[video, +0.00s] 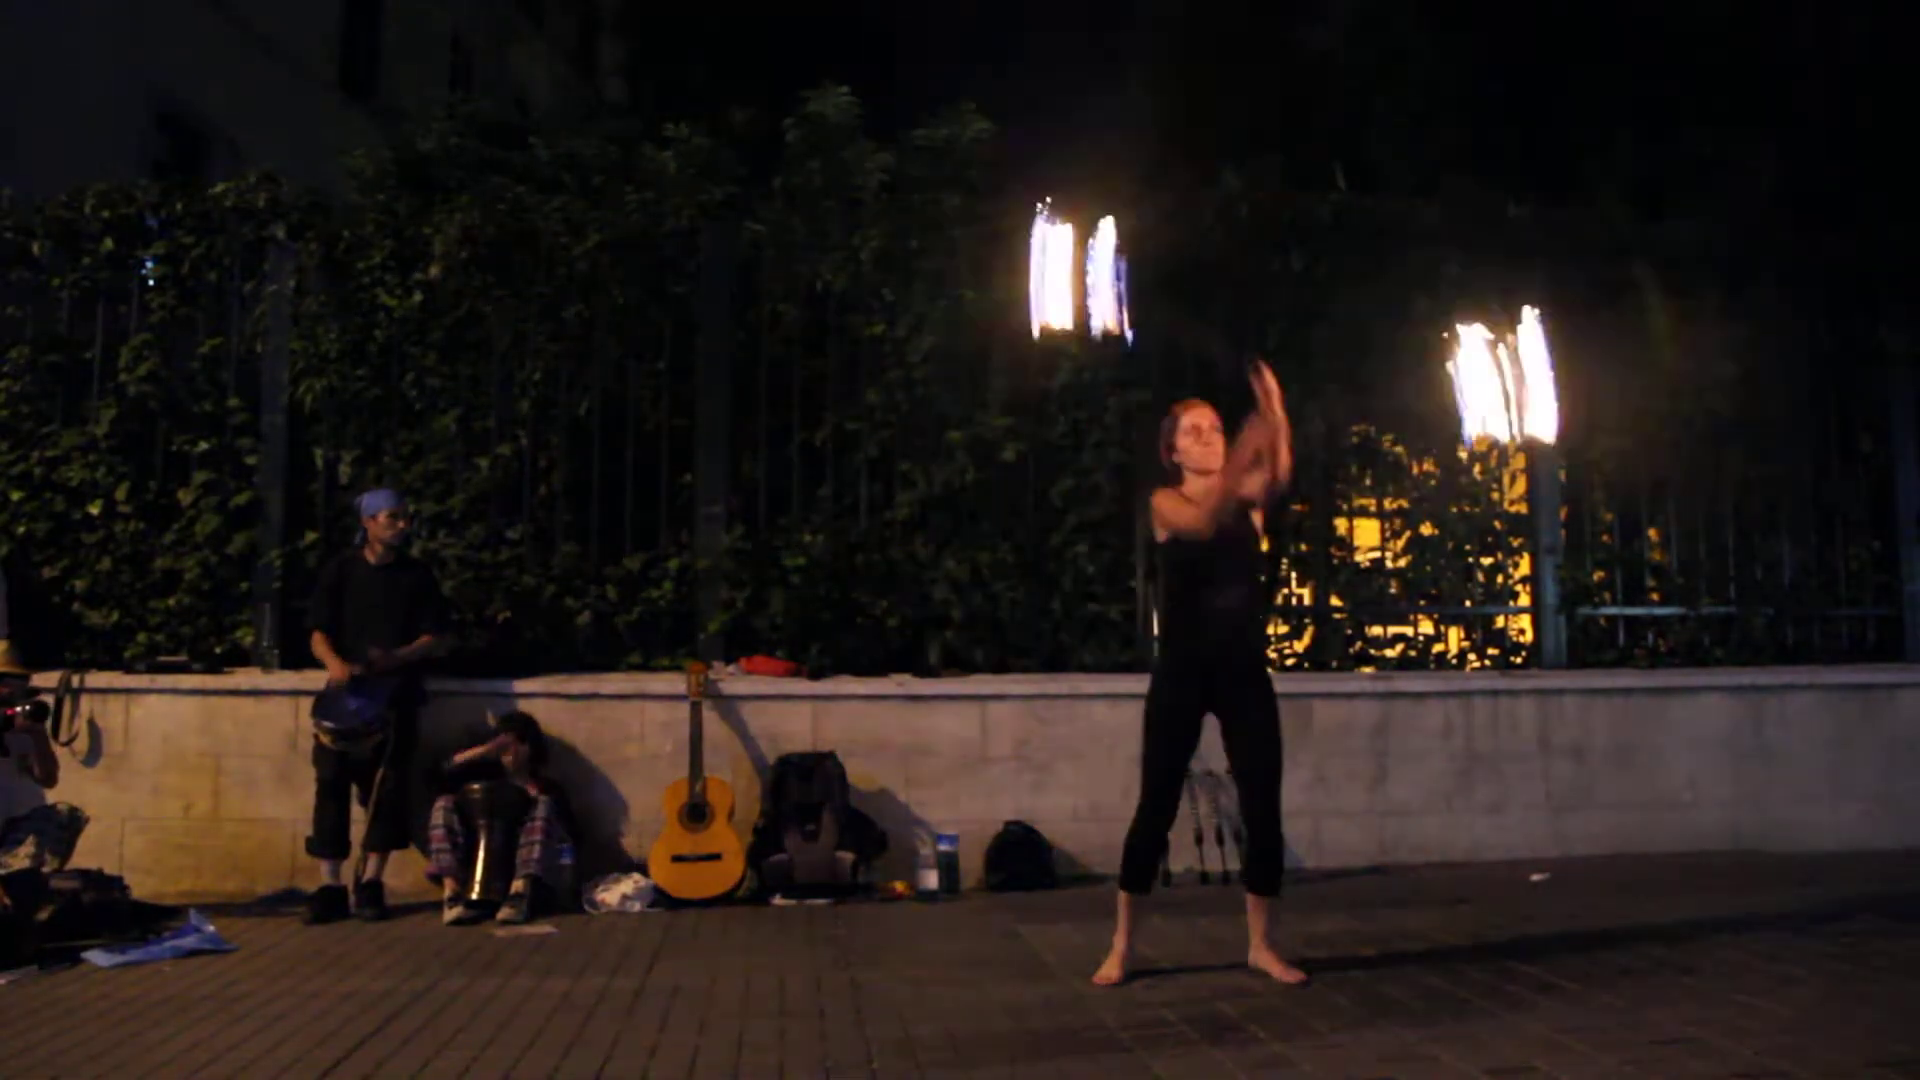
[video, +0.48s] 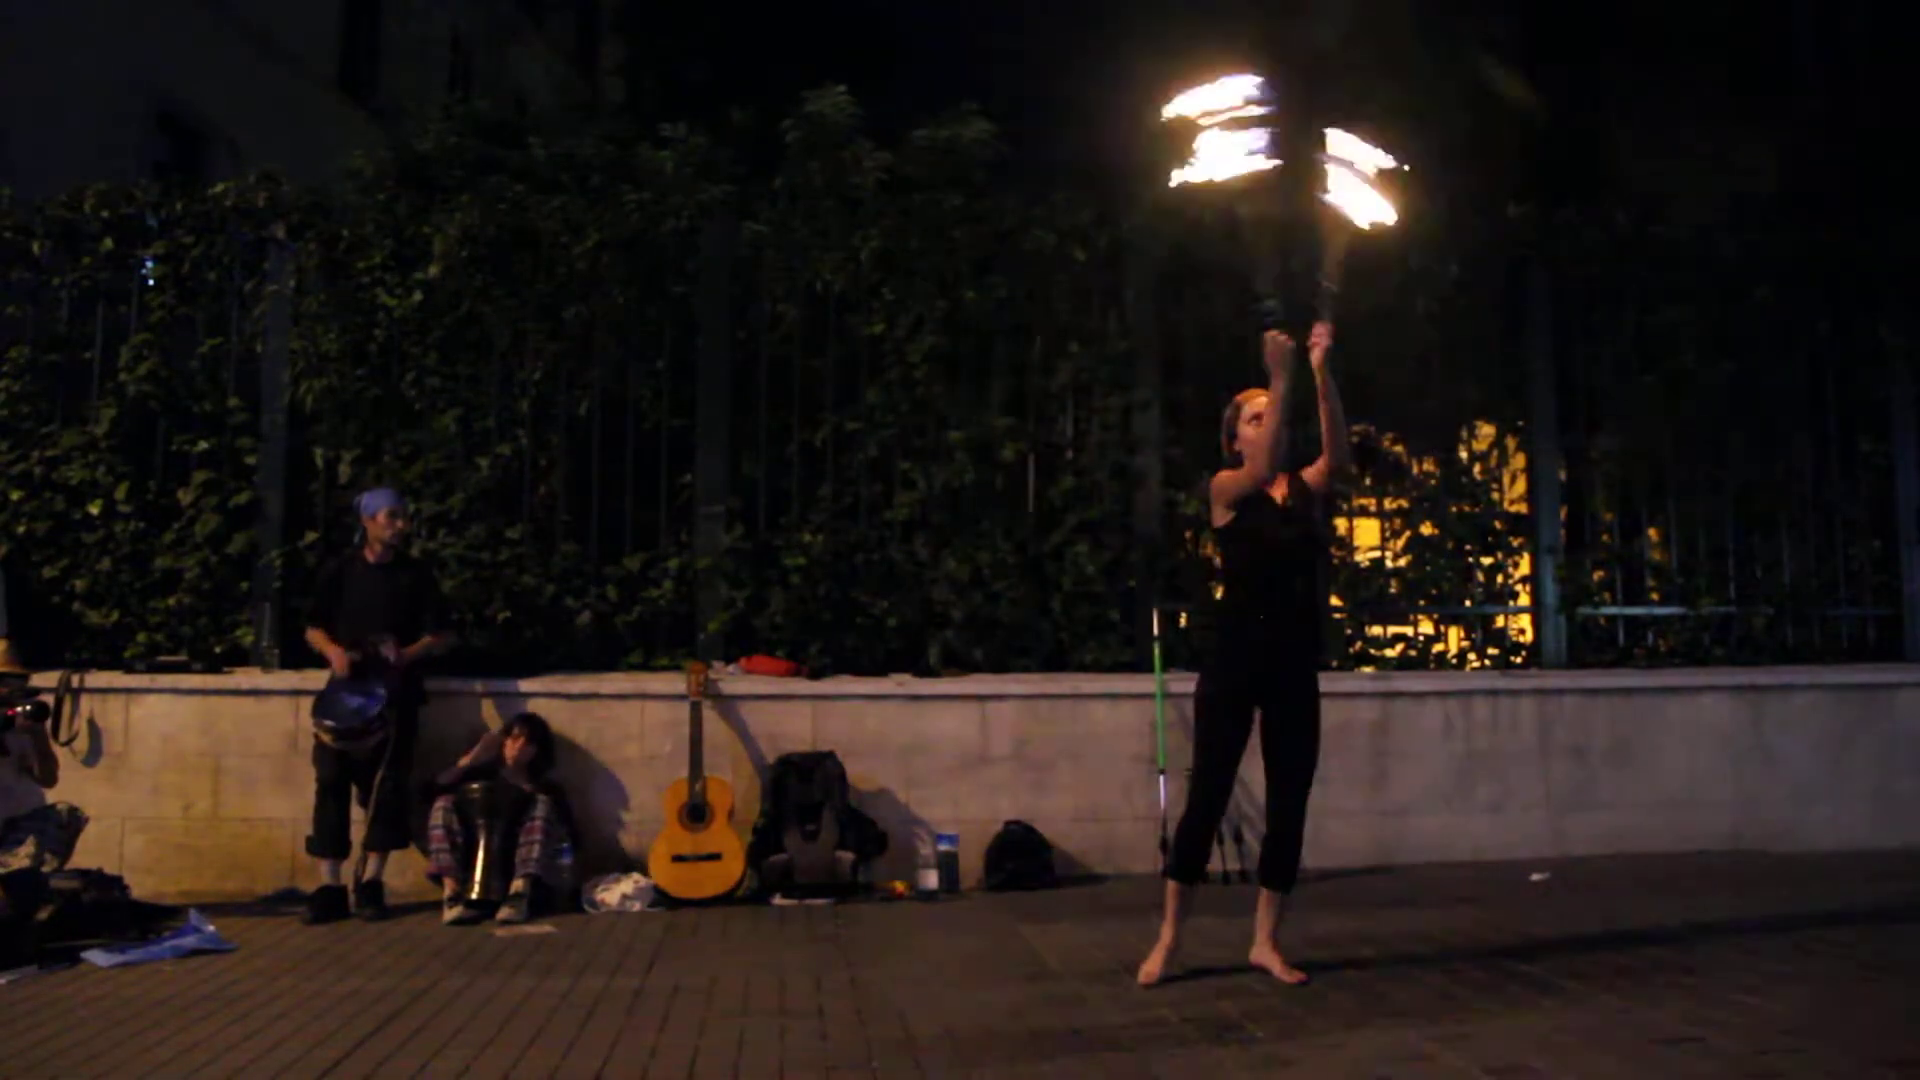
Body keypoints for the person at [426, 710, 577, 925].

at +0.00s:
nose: (511, 752)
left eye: (518, 744)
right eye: (505, 744)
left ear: (531, 749)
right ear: (496, 746)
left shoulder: (547, 786)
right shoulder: (483, 777)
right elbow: (440, 774)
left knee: (544, 806)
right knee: (443, 805)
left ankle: (520, 892)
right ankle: (451, 892)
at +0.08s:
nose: (511, 751)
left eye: (519, 744)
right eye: (505, 742)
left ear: (532, 751)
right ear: (496, 746)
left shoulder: (548, 787)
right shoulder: (483, 778)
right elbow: (436, 782)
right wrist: (477, 751)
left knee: (543, 805)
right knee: (444, 805)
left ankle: (520, 892)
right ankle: (451, 893)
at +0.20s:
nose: (512, 750)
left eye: (521, 743)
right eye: (507, 741)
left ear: (533, 749)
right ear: (499, 746)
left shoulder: (547, 787)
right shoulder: (489, 783)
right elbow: (449, 789)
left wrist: (543, 798)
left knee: (541, 811)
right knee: (443, 805)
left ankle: (521, 892)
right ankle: (451, 892)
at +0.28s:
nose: (516, 746)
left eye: (525, 741)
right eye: (510, 738)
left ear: (536, 750)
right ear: (501, 742)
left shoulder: (543, 782)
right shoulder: (483, 772)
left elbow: (571, 837)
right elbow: (436, 789)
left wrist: (544, 799)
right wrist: (472, 771)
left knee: (540, 811)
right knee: (443, 805)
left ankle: (520, 893)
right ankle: (451, 892)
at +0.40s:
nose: (518, 747)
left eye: (527, 742)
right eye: (513, 738)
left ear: (536, 750)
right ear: (503, 742)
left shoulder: (547, 787)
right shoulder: (480, 770)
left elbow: (568, 835)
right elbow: (431, 790)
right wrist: (467, 755)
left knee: (542, 807)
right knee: (444, 805)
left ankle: (520, 893)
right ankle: (451, 892)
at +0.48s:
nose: (518, 747)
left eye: (528, 742)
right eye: (515, 738)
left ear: (537, 751)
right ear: (505, 741)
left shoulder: (548, 789)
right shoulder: (481, 776)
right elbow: (436, 792)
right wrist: (468, 761)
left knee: (541, 806)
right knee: (443, 805)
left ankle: (520, 893)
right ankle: (451, 893)